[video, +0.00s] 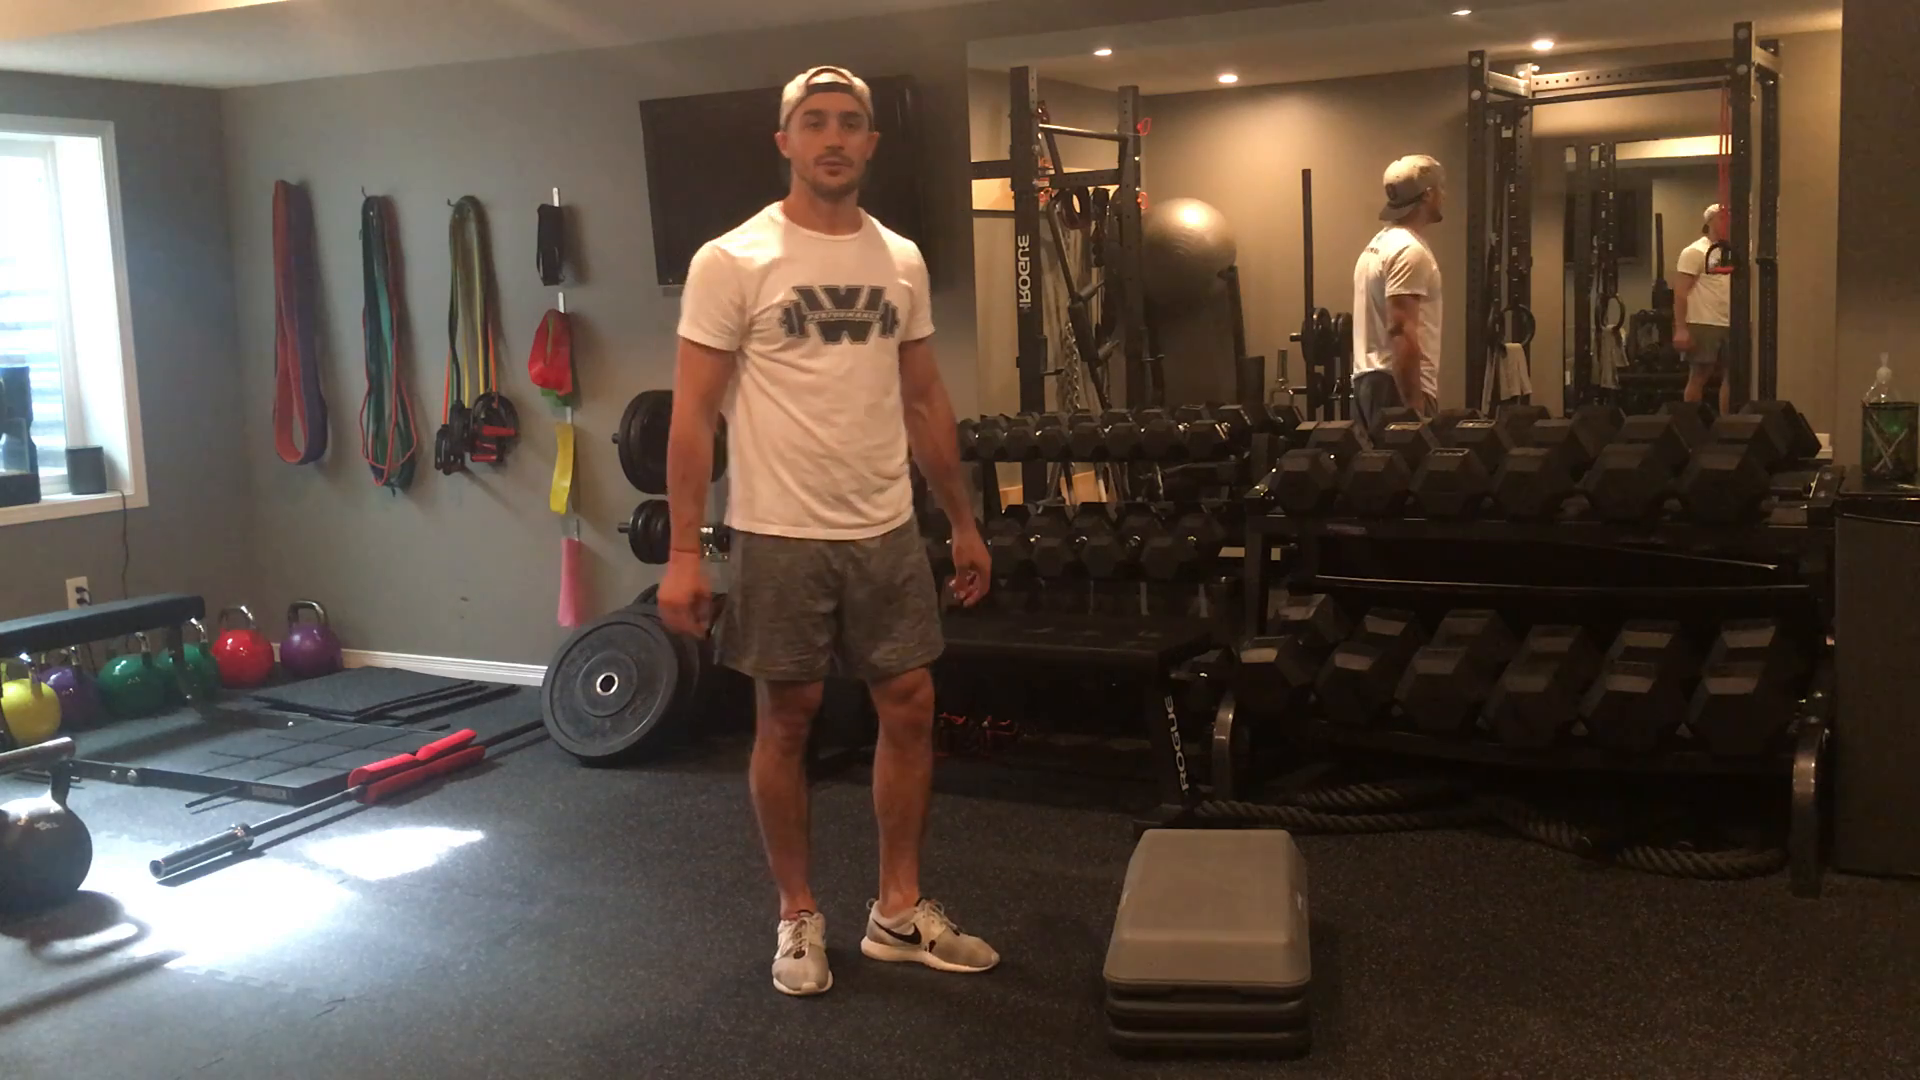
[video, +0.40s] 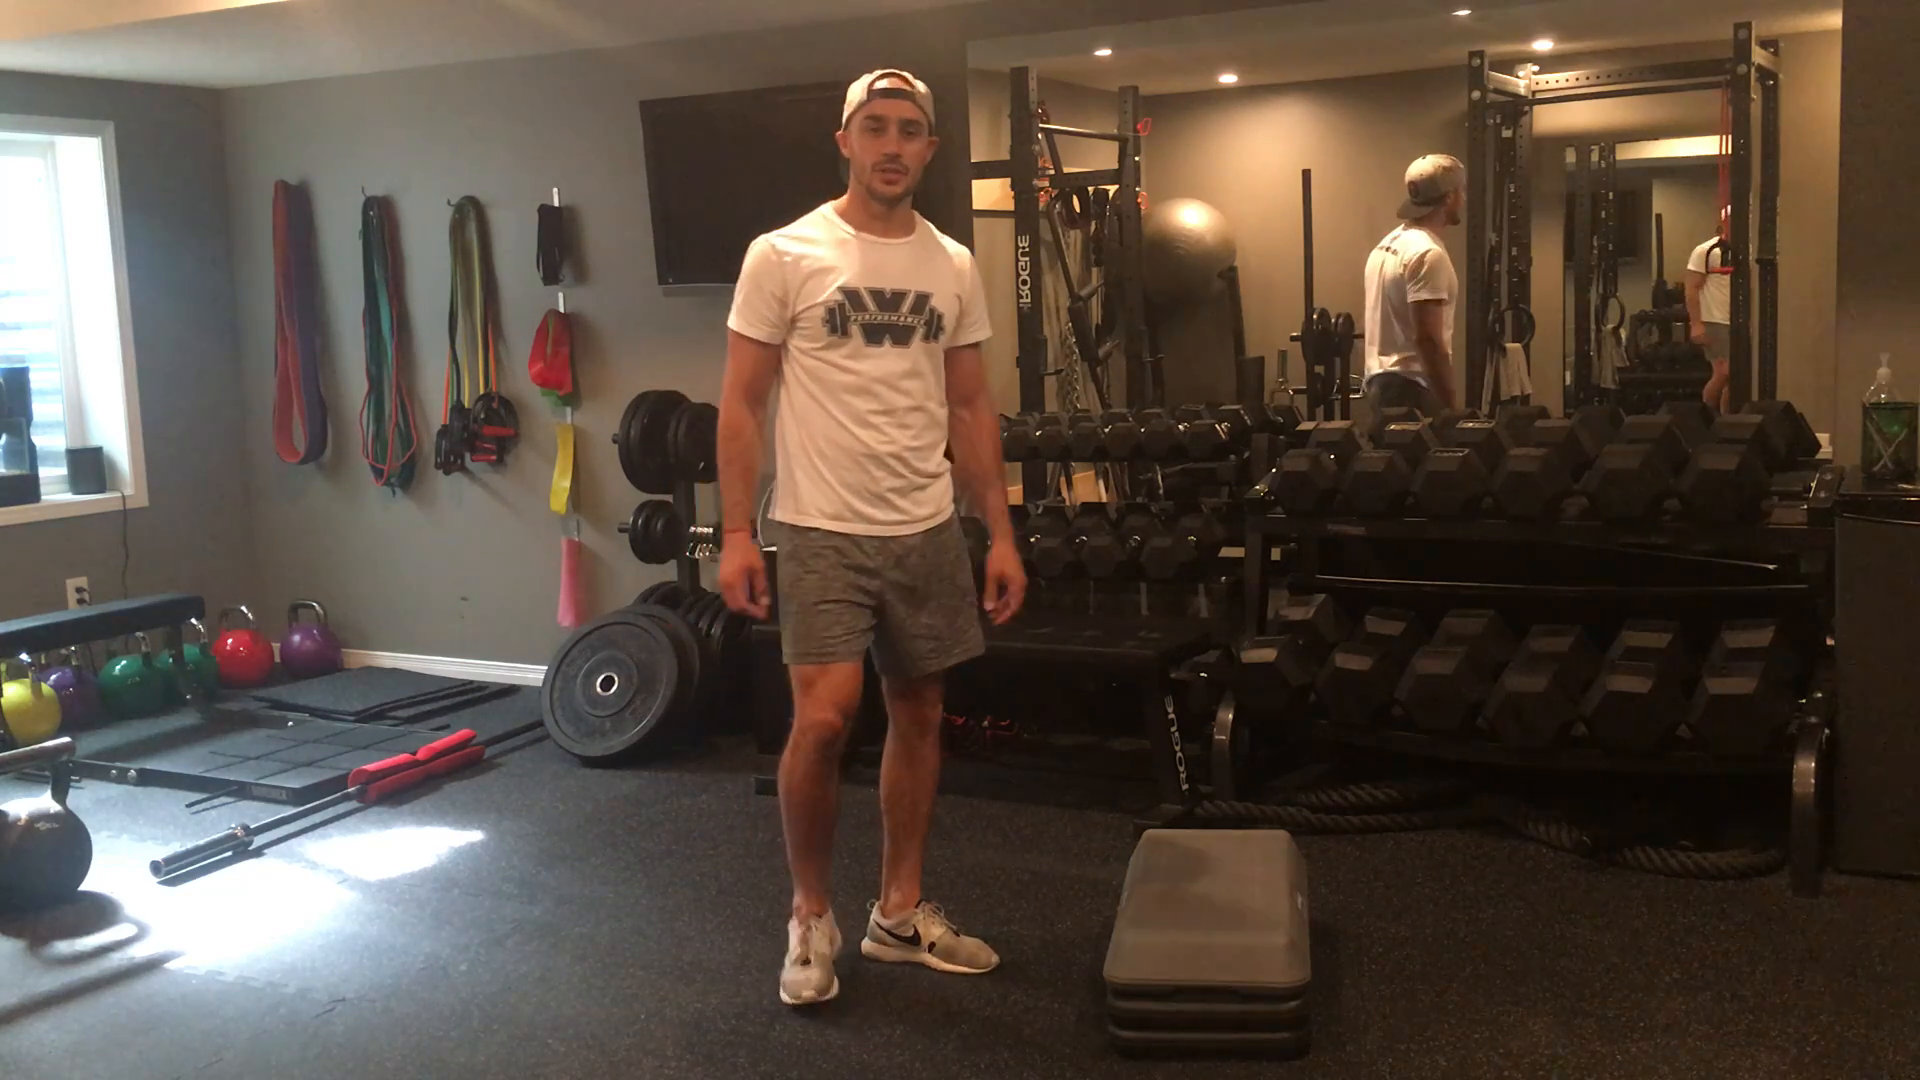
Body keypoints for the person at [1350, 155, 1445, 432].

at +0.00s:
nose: (1443, 196)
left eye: (1442, 189)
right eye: (1440, 189)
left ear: (1399, 197)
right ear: (1428, 195)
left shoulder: (1376, 245)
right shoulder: (1409, 251)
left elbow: (1369, 328)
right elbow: (1401, 331)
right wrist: (1416, 406)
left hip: (1366, 385)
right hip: (1395, 389)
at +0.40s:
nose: (1464, 199)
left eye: (1463, 191)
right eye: (1462, 191)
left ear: (1417, 196)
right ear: (1449, 198)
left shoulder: (1386, 246)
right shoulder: (1428, 253)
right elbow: (1429, 340)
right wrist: (1451, 409)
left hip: (1379, 385)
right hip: (1412, 390)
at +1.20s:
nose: (1471, 212)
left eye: (1472, 203)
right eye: (1465, 201)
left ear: (1436, 198)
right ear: (1437, 197)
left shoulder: (1393, 246)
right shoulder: (1423, 253)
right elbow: (1426, 340)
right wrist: (1463, 402)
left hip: (1394, 387)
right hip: (1419, 391)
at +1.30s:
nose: (1471, 212)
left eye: (1473, 202)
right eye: (1466, 200)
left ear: (1437, 197)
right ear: (1438, 196)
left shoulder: (1393, 245)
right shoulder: (1423, 253)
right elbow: (1426, 341)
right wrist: (1461, 402)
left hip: (1394, 388)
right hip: (1419, 393)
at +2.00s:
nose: (1467, 199)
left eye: (1467, 191)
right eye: (1466, 192)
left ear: (1420, 194)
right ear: (1458, 196)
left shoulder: (1389, 249)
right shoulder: (1434, 254)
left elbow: (1387, 328)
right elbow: (1438, 341)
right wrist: (1471, 406)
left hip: (1389, 388)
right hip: (1423, 393)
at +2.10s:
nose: (1466, 197)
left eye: (1465, 189)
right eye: (1464, 189)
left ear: (1419, 194)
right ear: (1454, 194)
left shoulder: (1387, 251)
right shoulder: (1436, 253)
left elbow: (1382, 327)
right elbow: (1442, 342)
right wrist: (1474, 404)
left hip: (1390, 388)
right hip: (1426, 392)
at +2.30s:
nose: (1466, 196)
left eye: (1464, 188)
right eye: (1464, 188)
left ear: (1420, 195)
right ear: (1453, 193)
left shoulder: (1387, 252)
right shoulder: (1439, 252)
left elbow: (1384, 332)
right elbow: (1448, 341)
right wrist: (1480, 404)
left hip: (1391, 390)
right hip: (1429, 392)